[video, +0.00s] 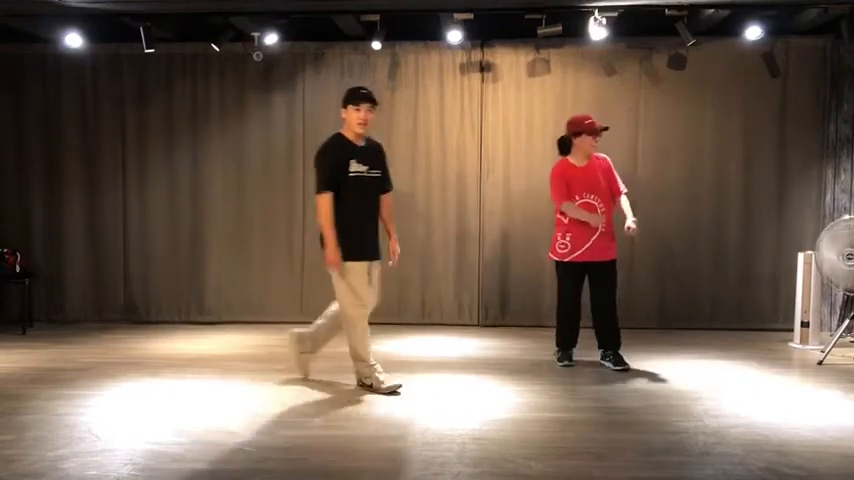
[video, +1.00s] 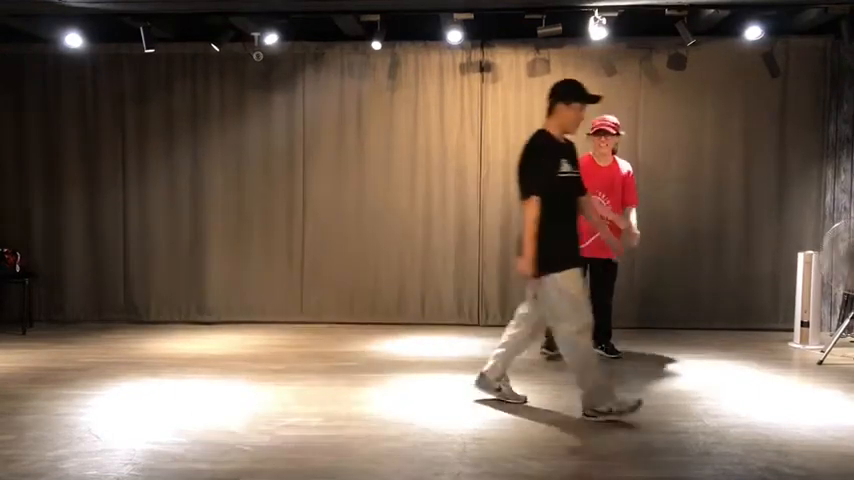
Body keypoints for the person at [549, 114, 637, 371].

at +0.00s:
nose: (597, 139)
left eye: (598, 135)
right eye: (593, 136)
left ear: (593, 139)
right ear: (577, 138)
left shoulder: (604, 163)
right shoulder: (560, 170)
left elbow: (620, 193)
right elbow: (563, 204)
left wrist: (629, 217)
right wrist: (589, 217)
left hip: (602, 248)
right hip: (570, 250)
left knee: (605, 302)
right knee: (568, 302)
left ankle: (609, 351)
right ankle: (565, 349)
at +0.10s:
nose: (591, 139)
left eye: (591, 134)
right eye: (586, 135)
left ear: (587, 138)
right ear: (571, 139)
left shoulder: (599, 163)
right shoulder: (557, 172)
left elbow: (614, 196)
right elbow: (557, 211)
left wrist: (623, 222)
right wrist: (577, 233)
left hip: (600, 248)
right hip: (568, 250)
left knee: (604, 302)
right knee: (566, 303)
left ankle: (611, 350)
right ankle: (564, 349)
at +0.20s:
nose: (589, 137)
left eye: (590, 133)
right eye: (584, 134)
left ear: (588, 137)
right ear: (569, 138)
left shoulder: (599, 163)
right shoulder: (555, 173)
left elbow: (610, 195)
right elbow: (551, 213)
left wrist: (615, 223)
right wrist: (551, 245)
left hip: (600, 247)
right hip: (568, 249)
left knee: (605, 301)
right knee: (565, 303)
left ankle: (610, 348)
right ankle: (564, 349)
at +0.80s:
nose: (602, 140)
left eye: (607, 136)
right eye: (598, 135)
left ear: (614, 140)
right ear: (590, 139)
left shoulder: (622, 169)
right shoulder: (577, 166)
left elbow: (630, 199)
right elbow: (572, 203)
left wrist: (638, 219)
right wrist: (580, 232)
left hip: (606, 246)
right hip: (577, 245)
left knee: (603, 298)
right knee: (572, 297)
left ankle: (602, 340)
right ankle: (564, 343)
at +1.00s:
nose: (602, 141)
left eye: (608, 136)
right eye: (598, 136)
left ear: (616, 140)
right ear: (591, 139)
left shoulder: (623, 169)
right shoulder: (581, 164)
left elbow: (629, 203)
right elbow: (574, 197)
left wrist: (632, 225)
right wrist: (609, 217)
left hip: (606, 242)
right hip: (577, 239)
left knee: (603, 296)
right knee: (565, 291)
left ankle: (603, 339)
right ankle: (552, 338)